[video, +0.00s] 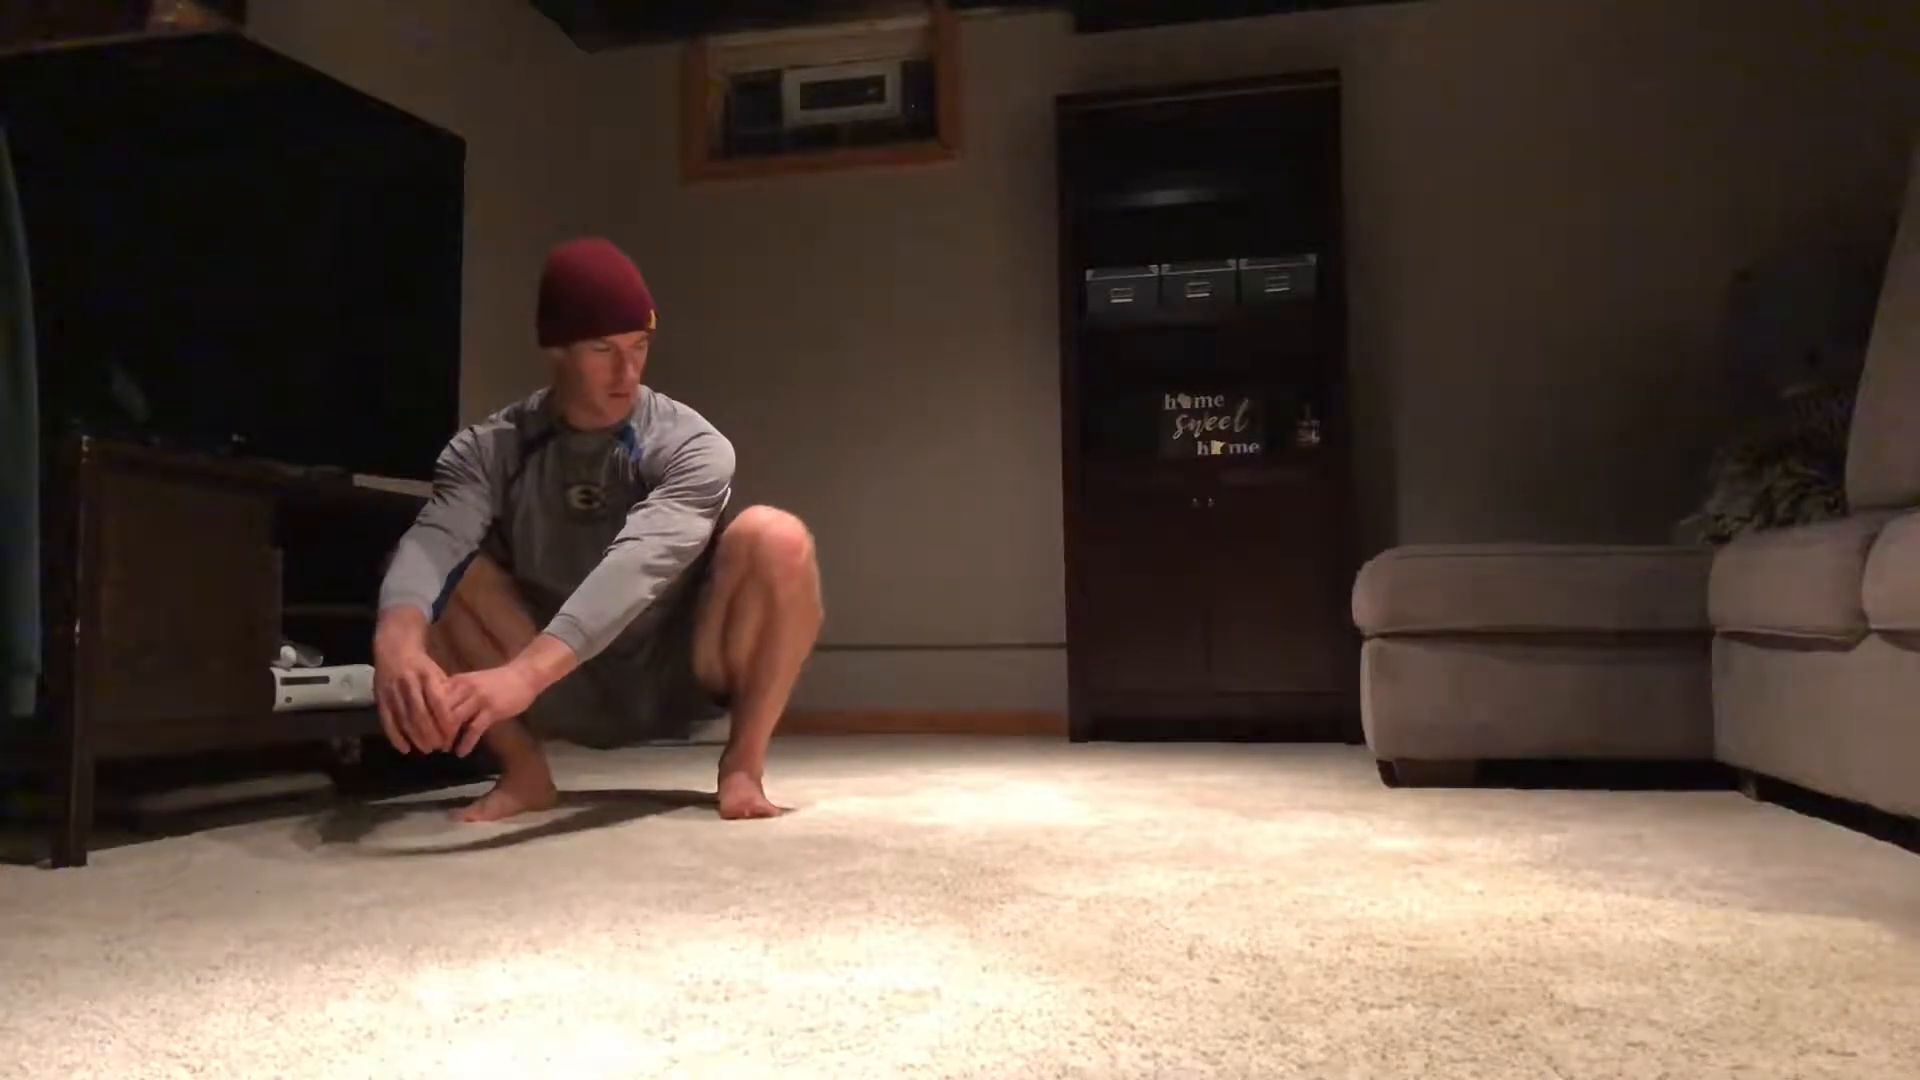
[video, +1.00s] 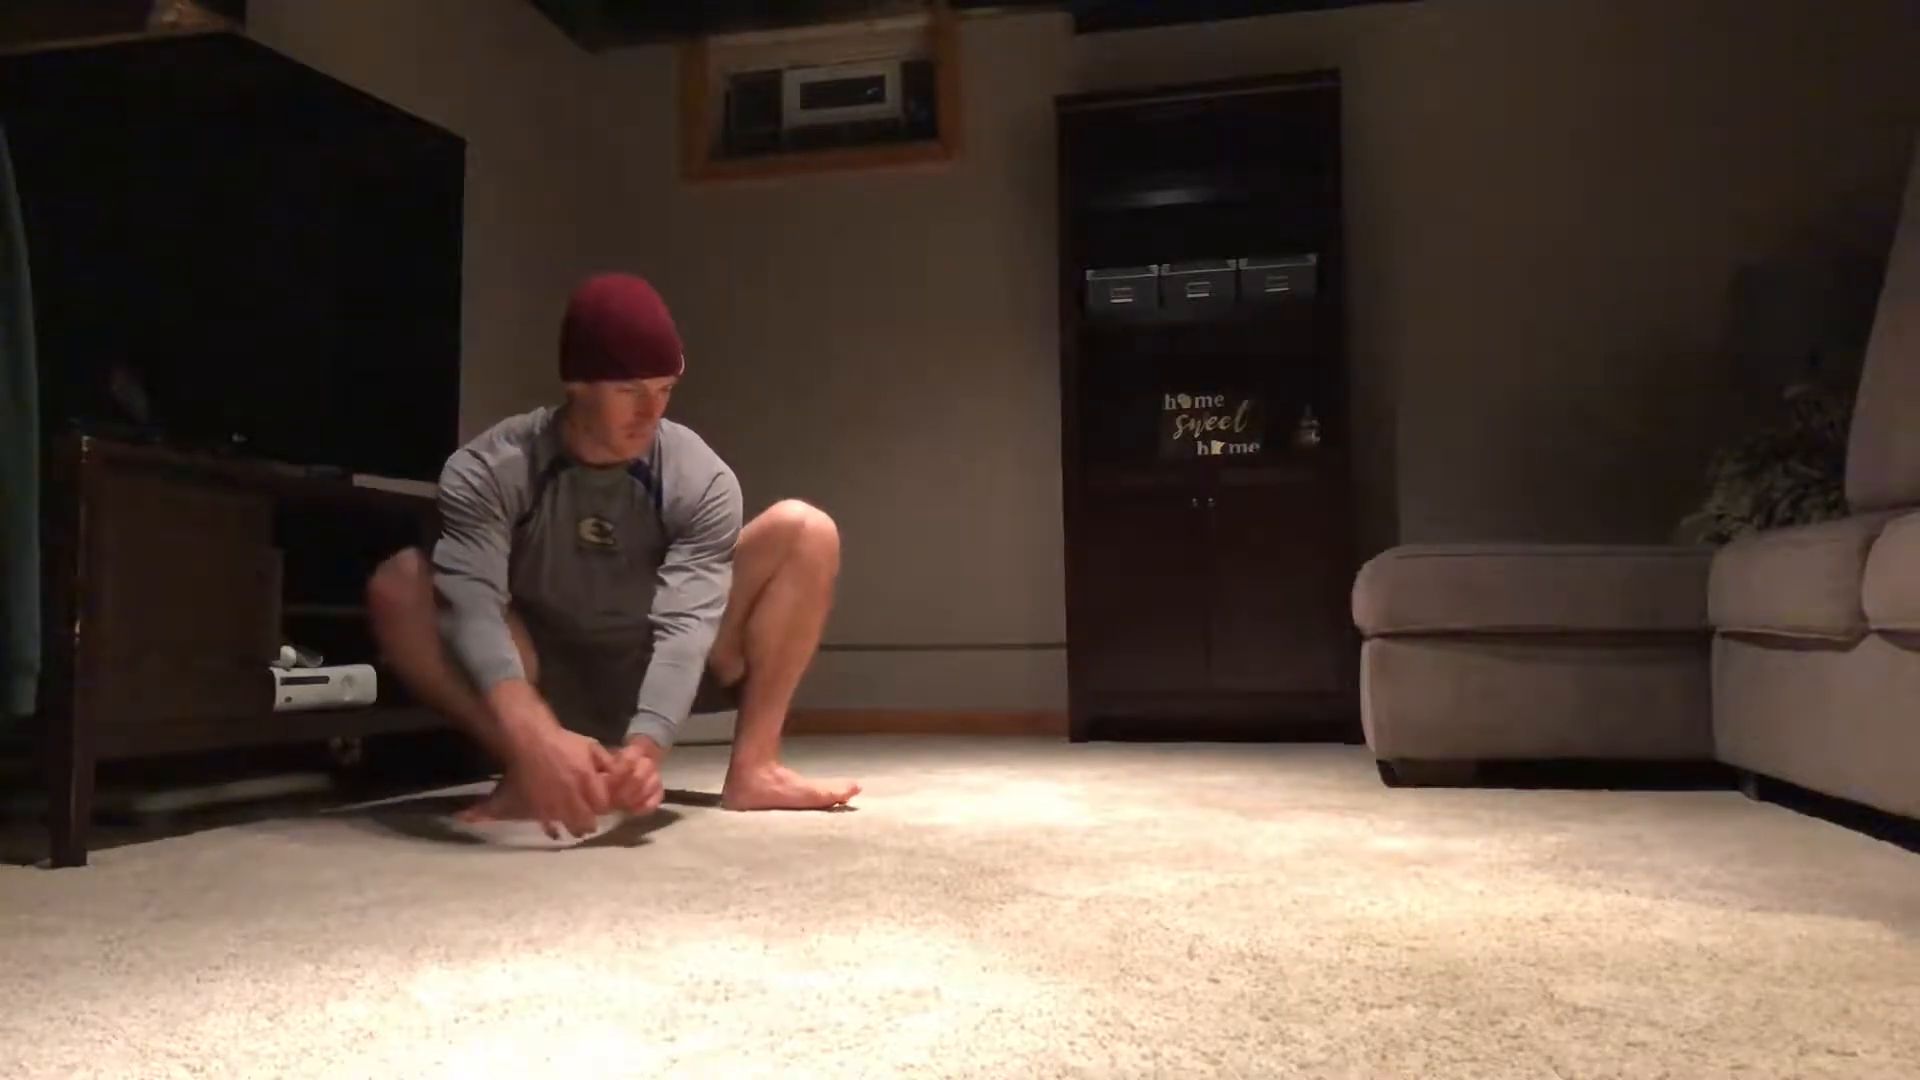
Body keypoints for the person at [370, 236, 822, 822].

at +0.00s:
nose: (627, 373)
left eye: (638, 349)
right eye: (603, 351)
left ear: (651, 341)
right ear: (554, 350)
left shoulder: (694, 450)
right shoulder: (487, 449)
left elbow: (636, 570)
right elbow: (430, 543)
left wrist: (522, 675)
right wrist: (396, 643)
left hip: (677, 673)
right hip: (569, 685)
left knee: (776, 537)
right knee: (445, 573)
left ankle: (746, 766)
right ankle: (523, 774)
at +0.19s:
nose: (631, 377)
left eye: (641, 353)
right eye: (609, 355)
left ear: (653, 343)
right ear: (557, 351)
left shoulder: (691, 453)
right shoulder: (481, 450)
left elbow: (635, 579)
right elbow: (429, 549)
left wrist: (534, 691)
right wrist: (406, 658)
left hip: (669, 672)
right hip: (560, 687)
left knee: (785, 534)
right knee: (422, 572)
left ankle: (749, 763)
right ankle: (525, 776)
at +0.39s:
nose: (631, 379)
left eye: (641, 358)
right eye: (610, 359)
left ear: (650, 353)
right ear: (555, 356)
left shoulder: (684, 458)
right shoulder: (471, 455)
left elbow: (636, 590)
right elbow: (430, 563)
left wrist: (548, 710)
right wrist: (423, 680)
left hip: (658, 667)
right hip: (539, 672)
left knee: (793, 533)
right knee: (397, 577)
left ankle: (752, 768)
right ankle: (521, 775)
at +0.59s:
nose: (629, 387)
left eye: (639, 367)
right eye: (608, 368)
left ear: (650, 362)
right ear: (554, 362)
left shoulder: (682, 465)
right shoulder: (466, 461)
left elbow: (639, 607)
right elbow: (429, 578)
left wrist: (560, 732)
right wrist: (439, 699)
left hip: (649, 668)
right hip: (533, 672)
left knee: (797, 532)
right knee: (390, 584)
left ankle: (754, 770)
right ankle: (511, 772)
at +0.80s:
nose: (634, 398)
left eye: (646, 378)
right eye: (614, 379)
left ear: (658, 374)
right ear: (560, 372)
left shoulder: (689, 476)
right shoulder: (472, 466)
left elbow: (654, 618)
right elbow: (440, 596)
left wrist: (587, 750)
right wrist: (476, 729)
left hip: (659, 669)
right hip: (541, 671)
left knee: (800, 531)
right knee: (390, 586)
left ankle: (753, 770)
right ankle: (510, 766)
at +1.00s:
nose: (650, 410)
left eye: (664, 390)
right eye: (630, 391)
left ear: (676, 383)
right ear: (578, 384)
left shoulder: (702, 484)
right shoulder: (487, 471)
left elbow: (687, 625)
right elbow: (473, 608)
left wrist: (647, 745)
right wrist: (537, 743)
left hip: (659, 676)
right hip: (549, 678)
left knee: (805, 531)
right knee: (399, 583)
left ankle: (755, 768)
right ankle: (530, 772)